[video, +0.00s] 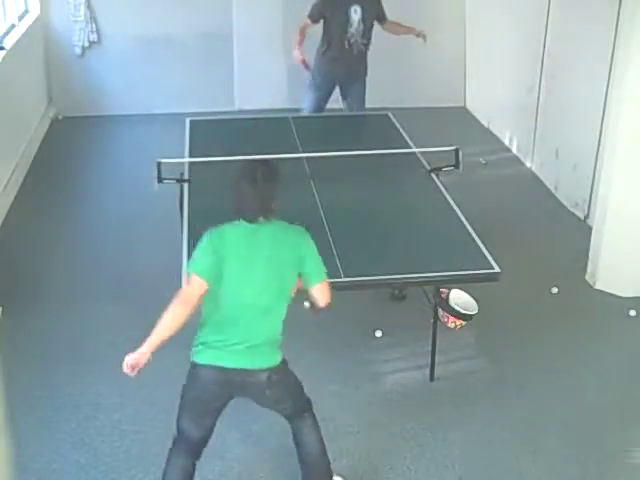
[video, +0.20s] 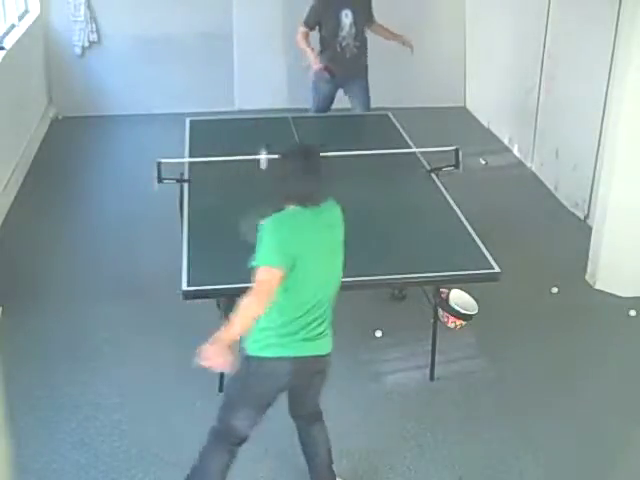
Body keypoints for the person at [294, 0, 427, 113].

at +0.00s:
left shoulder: (373, 3)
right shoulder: (327, 2)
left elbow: (386, 25)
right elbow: (304, 26)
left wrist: (414, 31)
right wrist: (298, 51)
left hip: (355, 70)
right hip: (326, 67)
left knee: (357, 120)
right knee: (309, 117)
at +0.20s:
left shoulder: (363, 3)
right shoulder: (322, 3)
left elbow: (371, 24)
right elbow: (302, 35)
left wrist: (399, 39)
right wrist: (312, 57)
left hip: (356, 70)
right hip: (327, 70)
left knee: (362, 119)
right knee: (317, 119)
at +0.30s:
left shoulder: (361, 4)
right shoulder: (319, 6)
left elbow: (368, 27)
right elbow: (303, 38)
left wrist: (390, 47)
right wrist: (311, 62)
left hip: (357, 71)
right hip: (329, 72)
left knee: (365, 116)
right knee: (316, 117)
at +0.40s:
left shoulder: (360, 6)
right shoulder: (320, 9)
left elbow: (374, 31)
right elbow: (314, 40)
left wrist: (383, 54)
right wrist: (309, 67)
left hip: (360, 72)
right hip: (334, 73)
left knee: (369, 114)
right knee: (316, 113)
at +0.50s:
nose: (323, 2)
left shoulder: (353, 11)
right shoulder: (321, 15)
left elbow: (378, 36)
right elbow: (324, 48)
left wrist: (375, 71)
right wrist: (310, 71)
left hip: (362, 77)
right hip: (338, 77)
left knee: (375, 121)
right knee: (317, 115)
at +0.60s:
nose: (315, 3)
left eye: (317, 1)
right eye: (314, 1)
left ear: (325, 0)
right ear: (314, 3)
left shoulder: (344, 12)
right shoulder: (321, 18)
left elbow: (370, 39)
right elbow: (330, 50)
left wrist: (364, 76)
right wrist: (318, 71)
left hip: (362, 75)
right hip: (341, 76)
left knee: (375, 120)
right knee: (318, 116)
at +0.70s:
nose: (304, 2)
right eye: (305, 0)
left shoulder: (336, 9)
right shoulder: (319, 15)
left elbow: (364, 36)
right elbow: (327, 46)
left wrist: (354, 70)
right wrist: (315, 66)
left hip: (360, 69)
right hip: (338, 71)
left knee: (374, 114)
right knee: (318, 112)